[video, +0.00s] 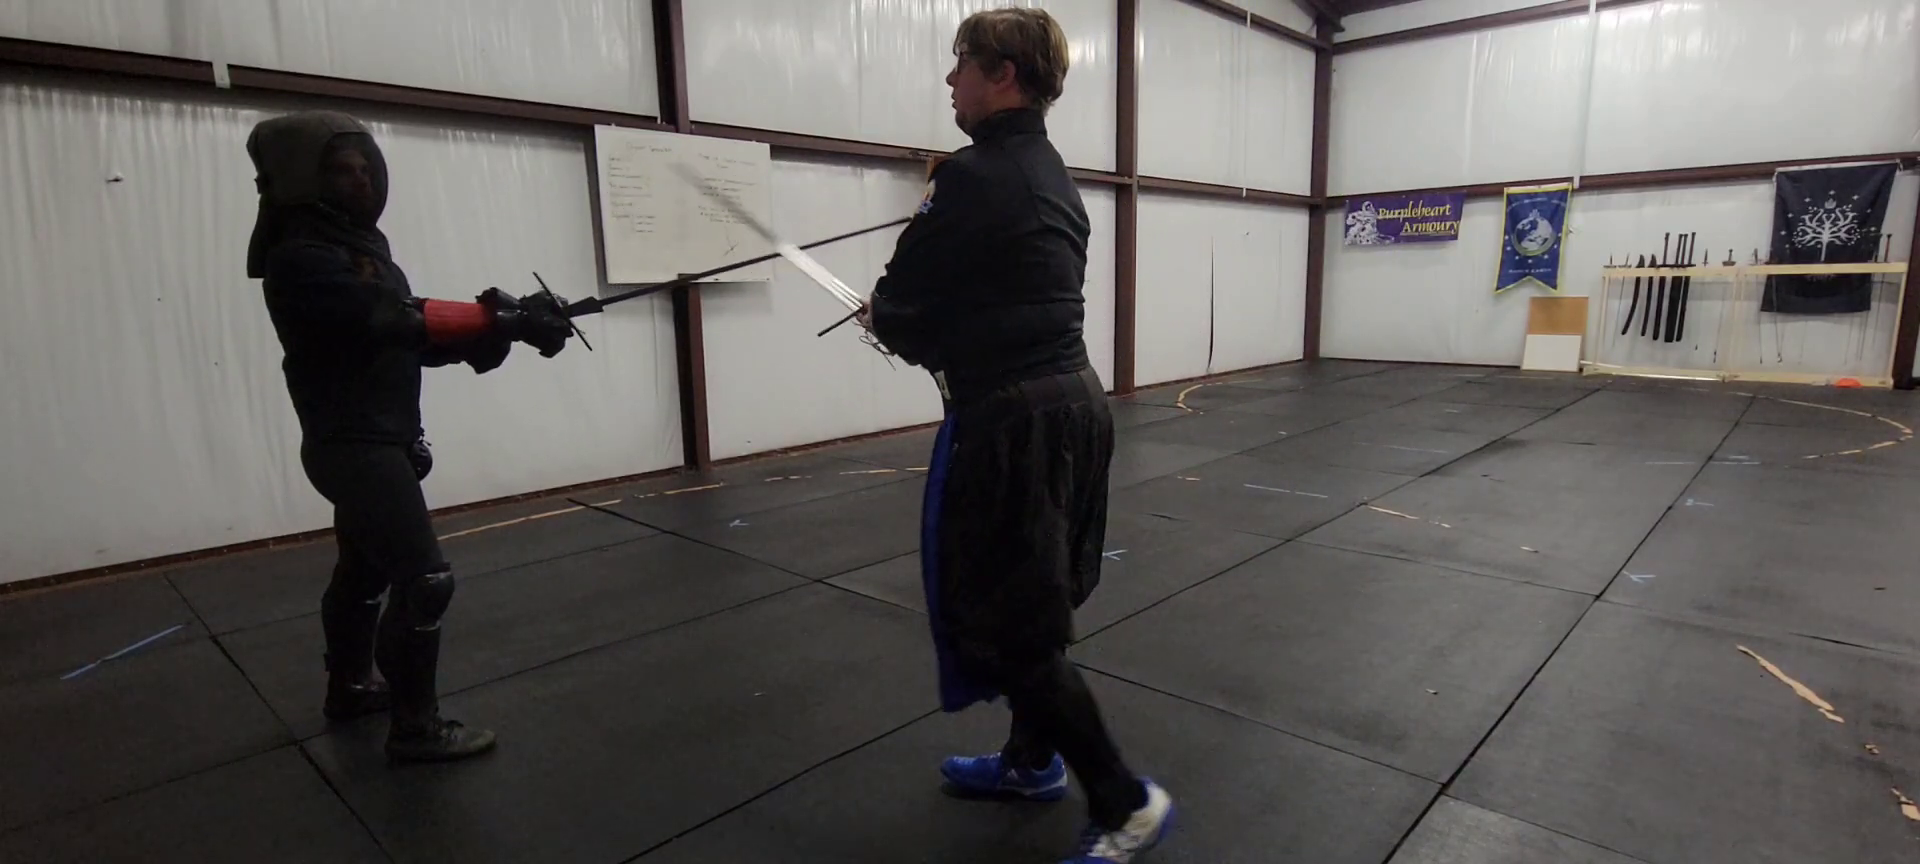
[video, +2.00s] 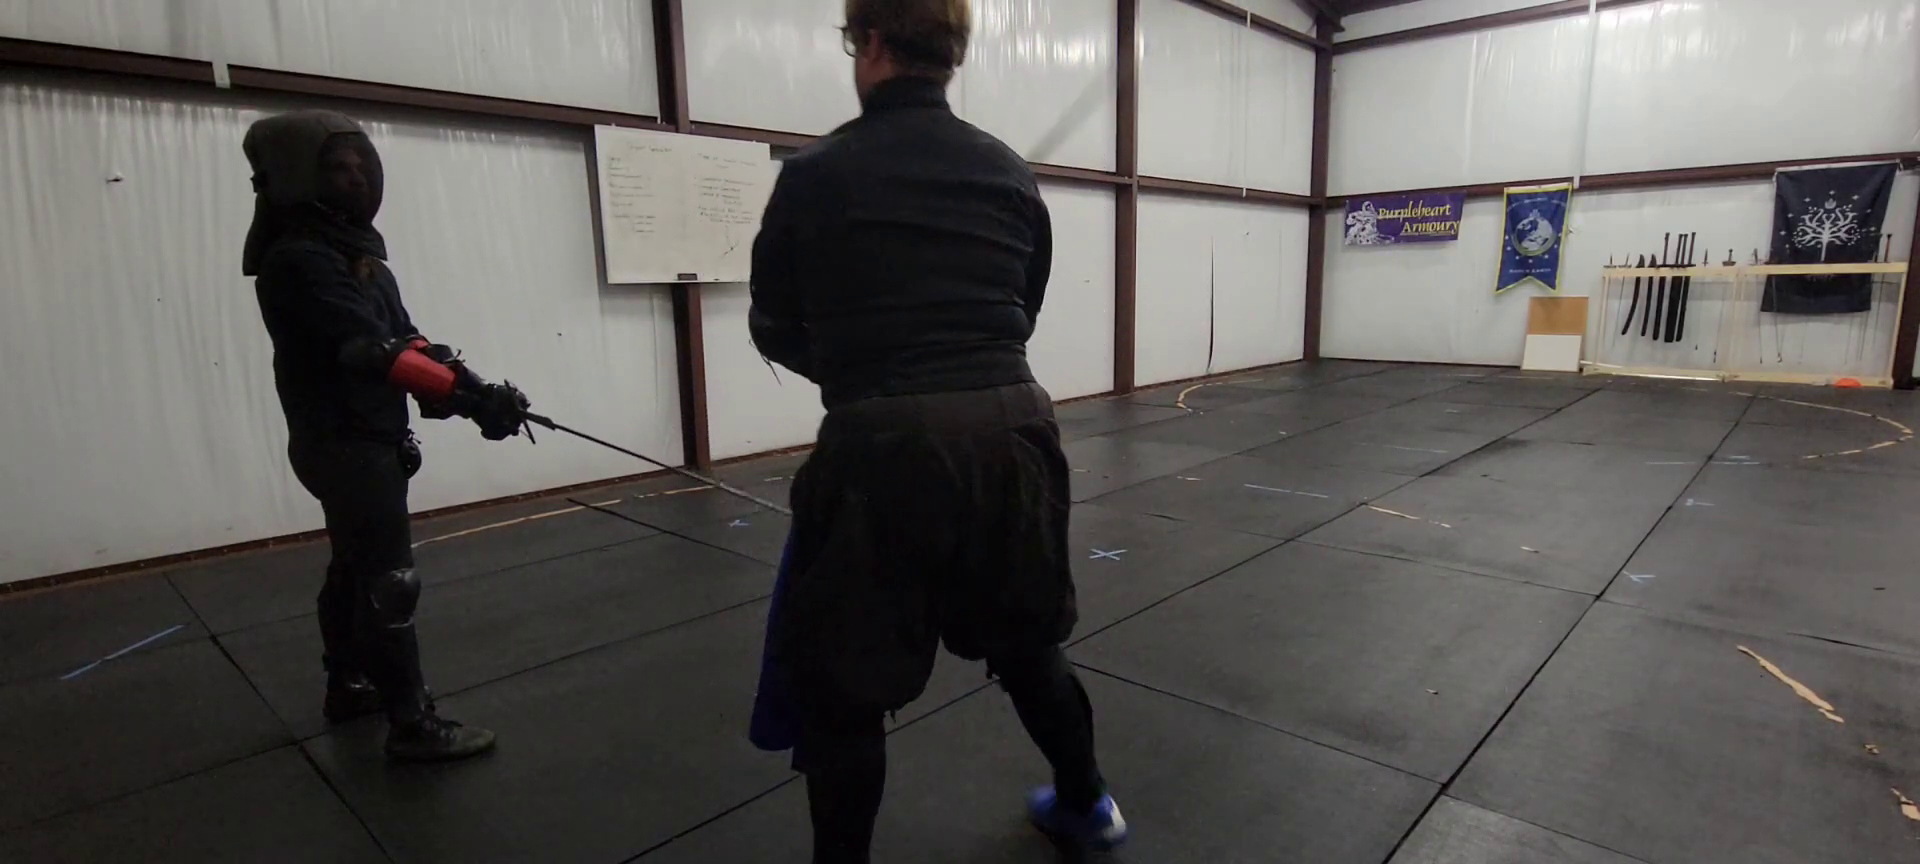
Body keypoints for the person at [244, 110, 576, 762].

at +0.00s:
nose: (359, 183)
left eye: (368, 170)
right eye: (342, 171)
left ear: (381, 177)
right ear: (311, 181)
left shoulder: (362, 249)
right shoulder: (302, 256)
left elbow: (406, 335)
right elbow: (386, 319)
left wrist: (488, 333)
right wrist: (502, 318)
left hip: (383, 442)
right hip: (354, 448)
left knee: (362, 574)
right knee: (423, 582)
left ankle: (350, 690)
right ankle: (415, 728)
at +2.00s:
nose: (362, 180)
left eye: (366, 167)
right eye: (345, 168)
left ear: (372, 174)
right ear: (307, 178)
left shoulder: (354, 247)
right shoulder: (297, 257)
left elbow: (397, 335)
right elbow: (360, 347)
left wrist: (461, 380)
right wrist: (468, 396)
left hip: (371, 439)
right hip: (341, 445)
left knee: (356, 569)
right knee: (390, 581)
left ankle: (349, 688)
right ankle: (411, 722)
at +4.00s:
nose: (356, 183)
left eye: (362, 171)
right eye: (340, 171)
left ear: (371, 179)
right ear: (306, 181)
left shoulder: (355, 246)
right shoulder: (293, 256)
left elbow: (395, 325)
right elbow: (357, 333)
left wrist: (453, 357)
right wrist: (463, 349)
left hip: (381, 436)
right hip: (344, 442)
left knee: (360, 570)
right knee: (393, 582)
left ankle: (349, 689)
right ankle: (410, 723)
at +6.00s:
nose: (448, 200)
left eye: (448, 187)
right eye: (442, 187)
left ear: (362, 189)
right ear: (418, 194)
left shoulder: (321, 265)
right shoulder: (408, 268)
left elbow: (364, 353)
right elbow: (453, 354)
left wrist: (462, 339)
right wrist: (495, 344)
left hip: (344, 446)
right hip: (399, 452)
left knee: (363, 569)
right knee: (464, 577)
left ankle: (349, 691)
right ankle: (444, 722)